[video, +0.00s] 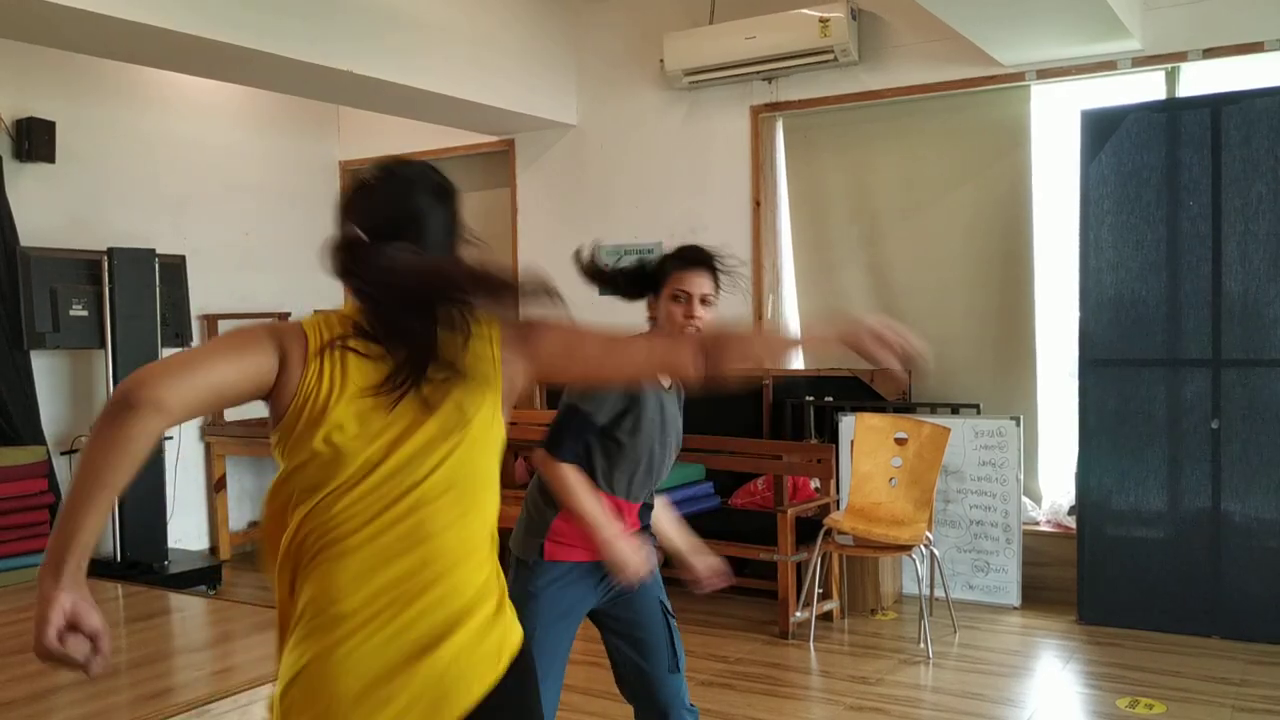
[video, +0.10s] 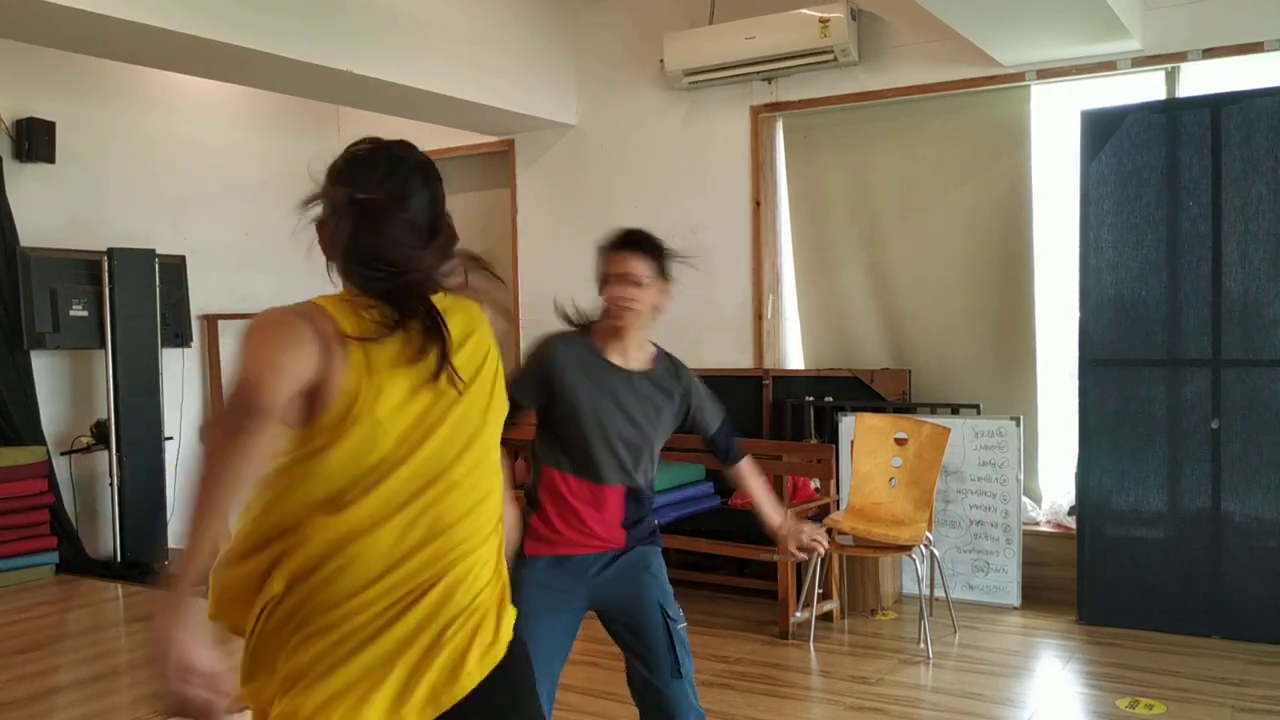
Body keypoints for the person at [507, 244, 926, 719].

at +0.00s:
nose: (693, 313)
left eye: (705, 302)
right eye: (680, 298)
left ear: (715, 310)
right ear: (652, 305)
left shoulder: (667, 387)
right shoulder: (611, 373)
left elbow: (640, 487)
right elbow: (554, 458)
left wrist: (691, 550)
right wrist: (613, 539)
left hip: (628, 558)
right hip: (556, 559)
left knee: (666, 703)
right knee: (530, 704)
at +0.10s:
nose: (622, 292)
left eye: (636, 281)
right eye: (613, 280)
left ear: (663, 295)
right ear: (600, 288)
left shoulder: (676, 381)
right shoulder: (557, 356)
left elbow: (731, 451)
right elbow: (489, 423)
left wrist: (781, 521)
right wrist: (506, 502)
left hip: (632, 559)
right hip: (548, 561)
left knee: (674, 702)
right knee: (522, 702)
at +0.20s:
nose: (507, 300)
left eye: (515, 286)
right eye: (506, 287)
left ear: (550, 284)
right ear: (534, 287)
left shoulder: (617, 354)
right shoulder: (526, 353)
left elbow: (715, 405)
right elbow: (503, 422)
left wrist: (778, 469)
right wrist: (460, 423)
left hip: (619, 556)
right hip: (538, 552)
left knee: (663, 700)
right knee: (513, 699)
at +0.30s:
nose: (483, 350)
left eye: (476, 339)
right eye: (478, 341)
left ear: (482, 333)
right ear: (516, 294)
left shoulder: (546, 358)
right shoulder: (547, 351)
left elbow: (640, 401)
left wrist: (708, 473)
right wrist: (477, 406)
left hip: (607, 549)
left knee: (649, 690)